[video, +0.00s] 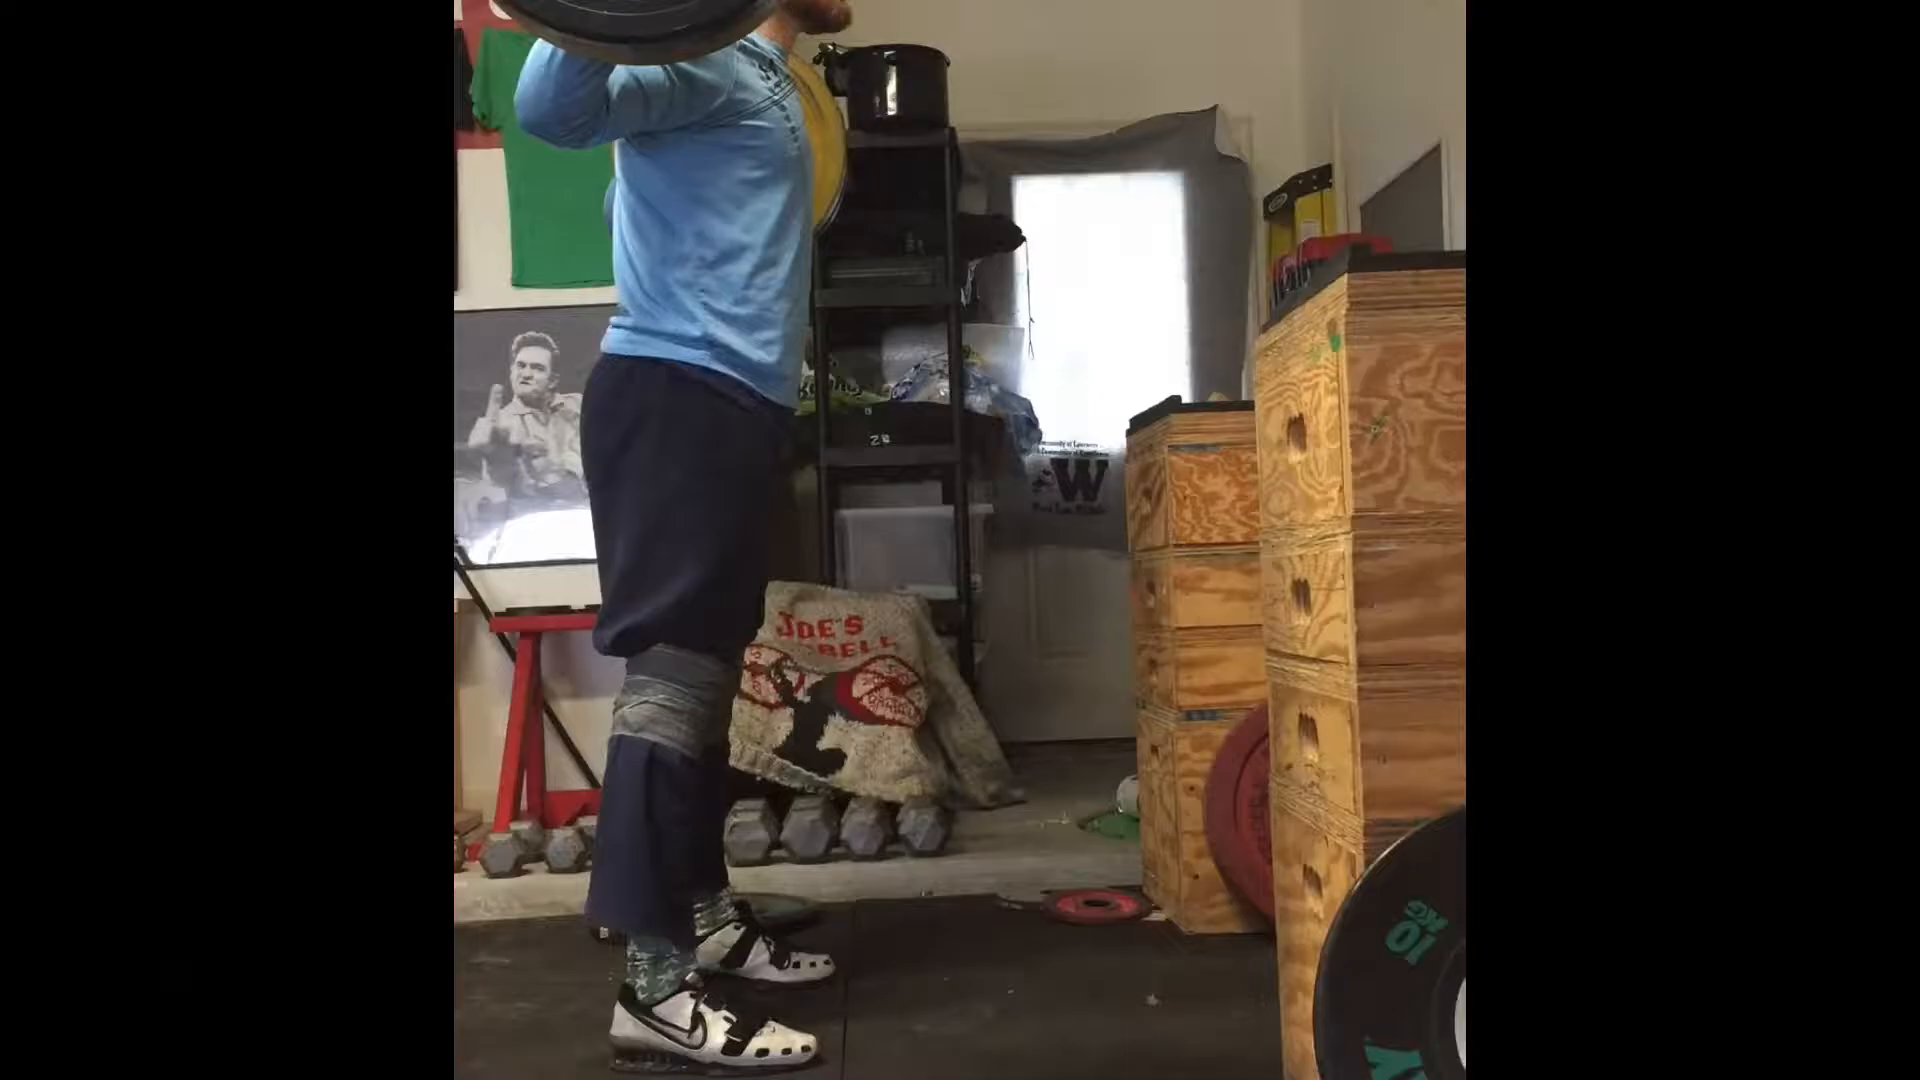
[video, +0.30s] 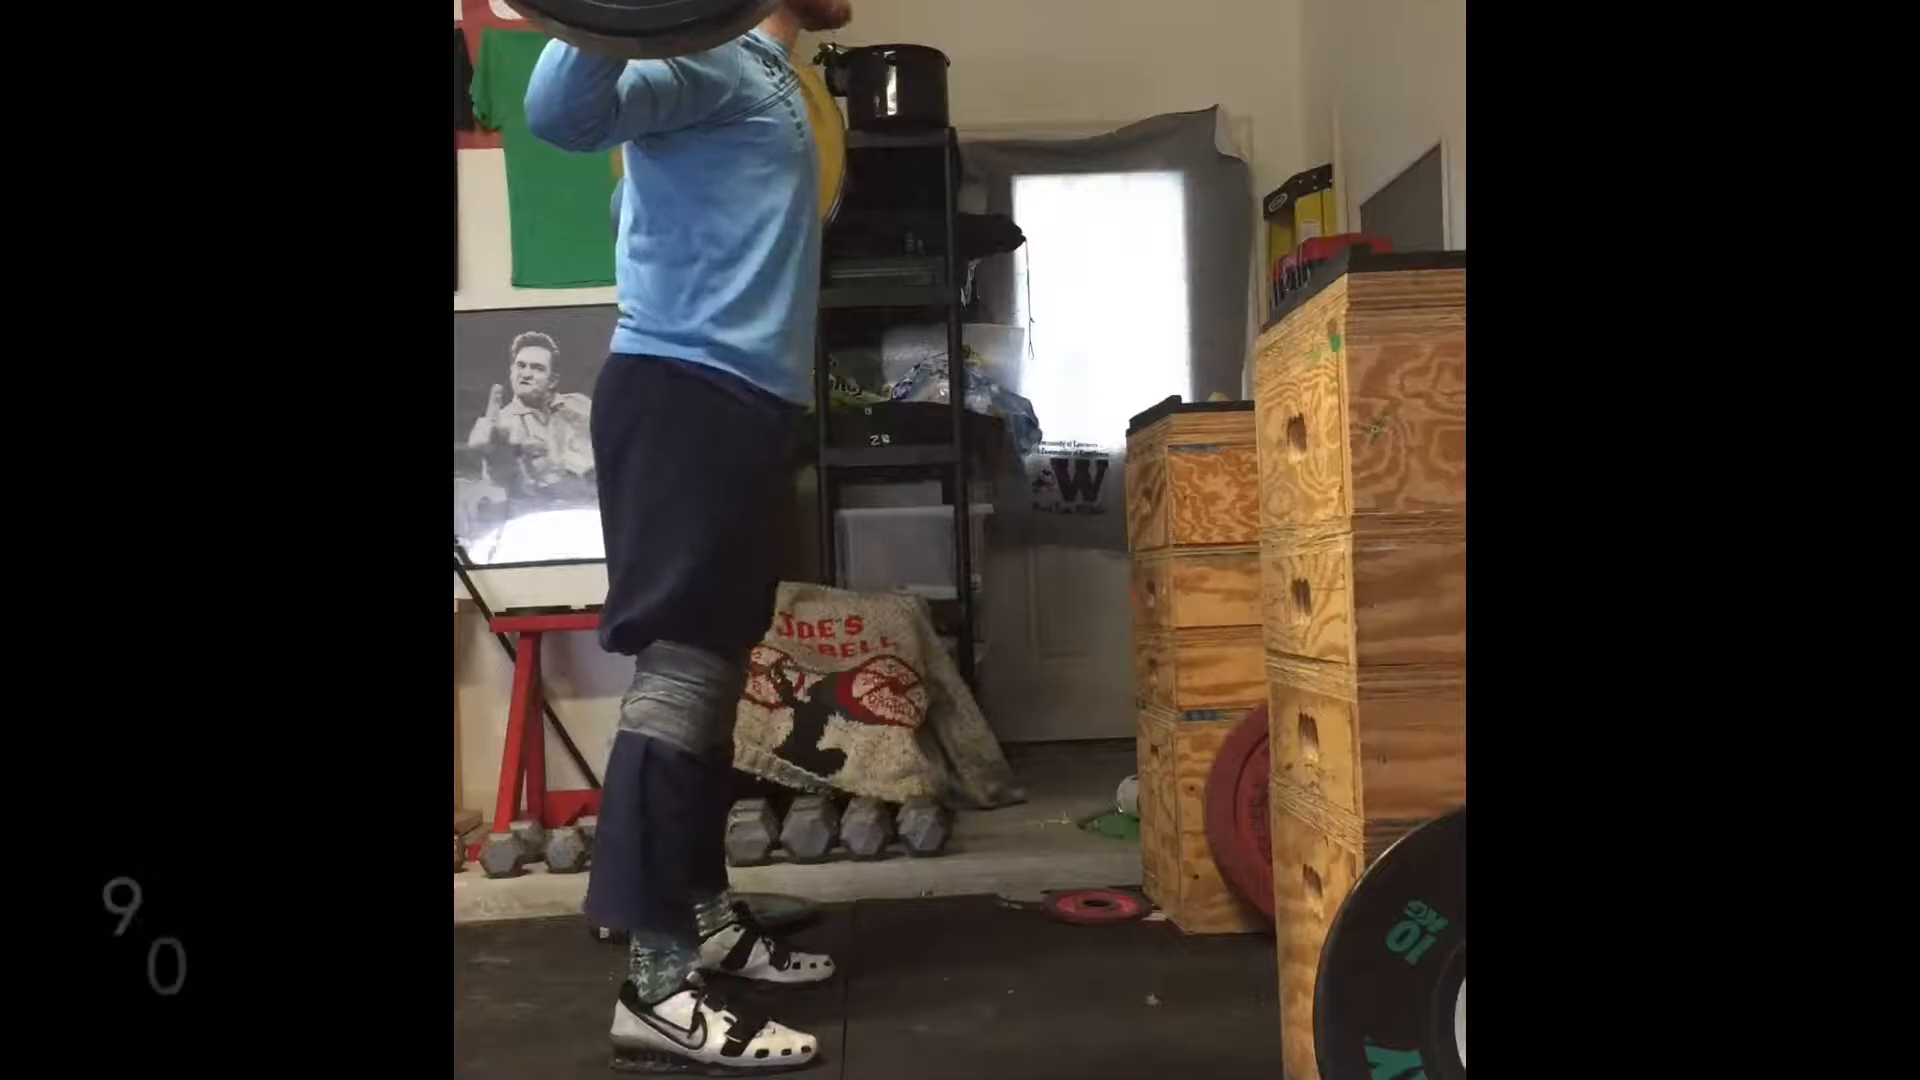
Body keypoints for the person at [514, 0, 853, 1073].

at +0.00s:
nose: (844, 4)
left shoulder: (771, 84)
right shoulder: (705, 66)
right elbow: (550, 111)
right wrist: (605, 3)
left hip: (732, 408)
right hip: (678, 400)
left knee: (704, 677)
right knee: (675, 682)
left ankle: (702, 923)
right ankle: (654, 981)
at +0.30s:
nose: (842, 6)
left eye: (840, 1)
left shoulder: (773, 74)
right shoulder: (707, 60)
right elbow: (560, 115)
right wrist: (614, 0)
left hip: (743, 402)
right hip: (685, 395)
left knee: (711, 667)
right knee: (683, 672)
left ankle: (701, 917)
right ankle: (655, 977)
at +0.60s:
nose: (843, 9)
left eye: (839, 5)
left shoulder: (776, 70)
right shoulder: (708, 55)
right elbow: (562, 112)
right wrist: (607, 3)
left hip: (743, 404)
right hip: (685, 397)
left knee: (709, 670)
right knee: (679, 675)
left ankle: (702, 914)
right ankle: (658, 978)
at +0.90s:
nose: (840, 6)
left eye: (838, 2)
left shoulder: (774, 71)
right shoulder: (706, 56)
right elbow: (558, 111)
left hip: (740, 405)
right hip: (684, 400)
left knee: (707, 674)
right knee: (679, 678)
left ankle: (699, 916)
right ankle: (659, 979)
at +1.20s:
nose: (839, 7)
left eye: (839, 2)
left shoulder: (770, 79)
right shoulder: (704, 64)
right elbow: (555, 115)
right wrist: (611, 4)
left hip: (736, 406)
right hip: (680, 400)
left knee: (706, 671)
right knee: (679, 676)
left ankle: (701, 918)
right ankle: (657, 982)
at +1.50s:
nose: (840, 7)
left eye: (839, 1)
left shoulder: (769, 79)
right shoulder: (703, 65)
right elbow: (555, 115)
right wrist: (611, 4)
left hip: (735, 406)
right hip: (680, 400)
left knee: (705, 673)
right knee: (676, 678)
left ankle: (701, 919)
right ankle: (656, 981)